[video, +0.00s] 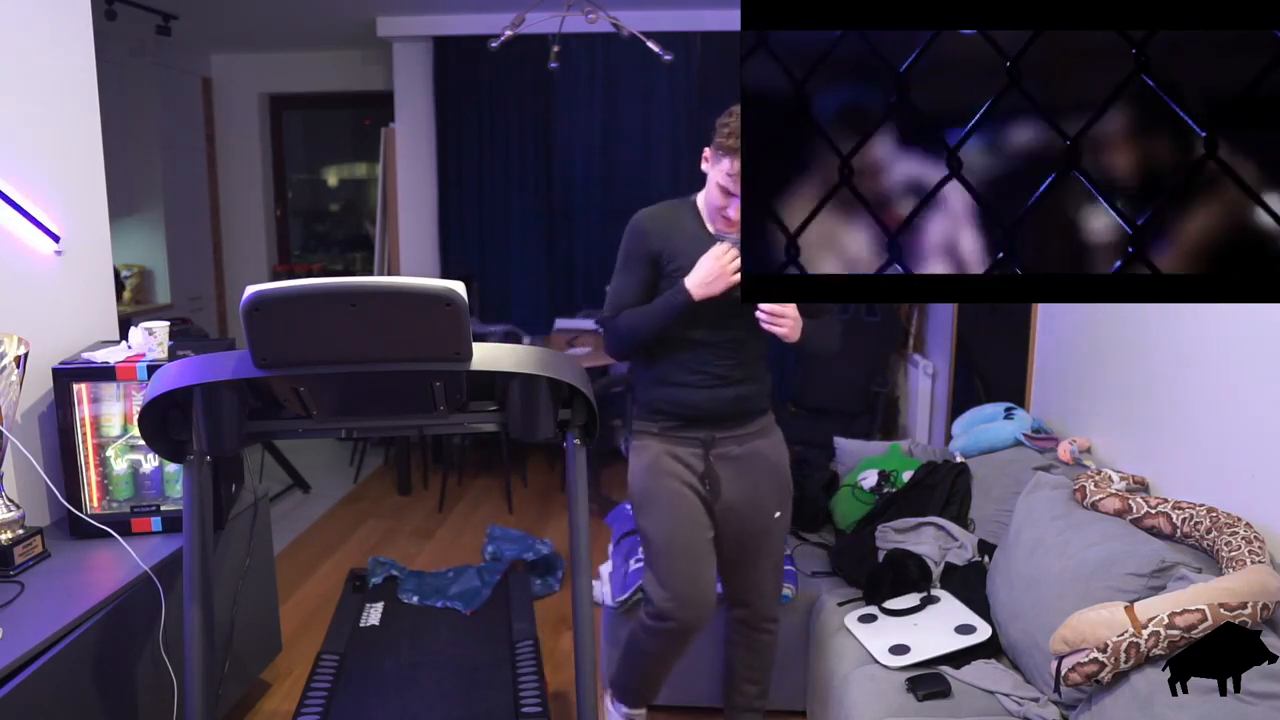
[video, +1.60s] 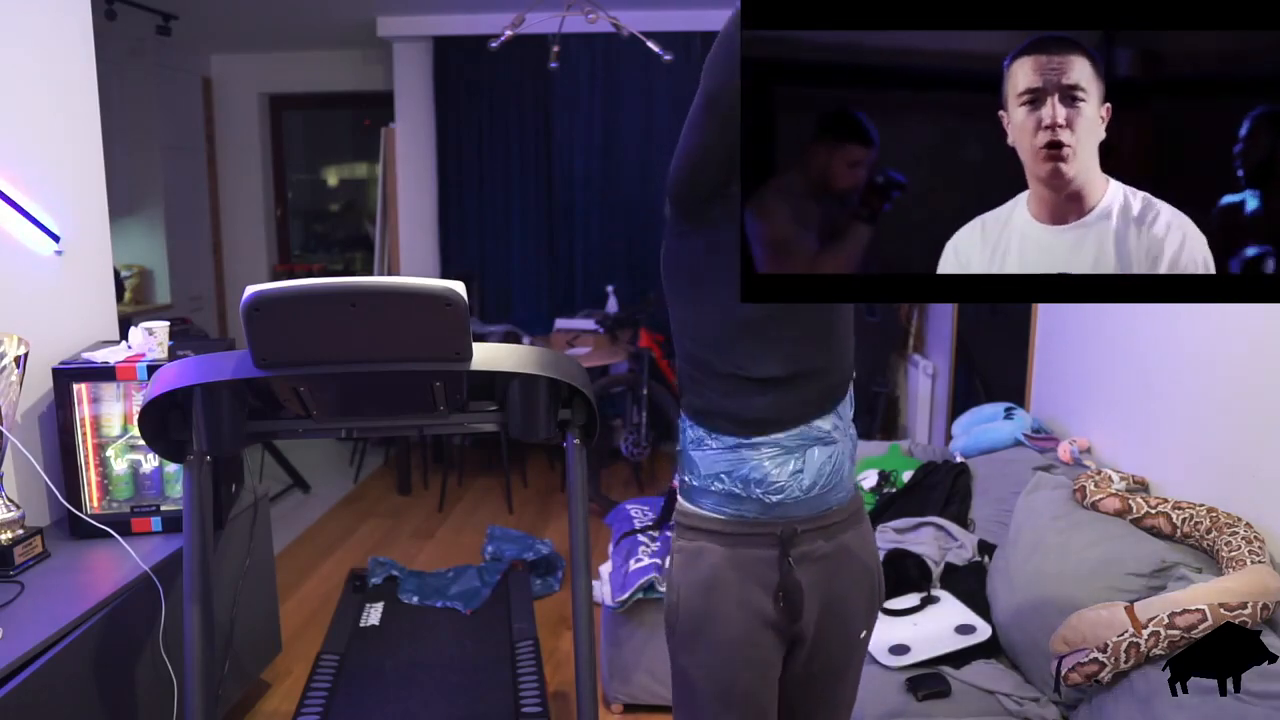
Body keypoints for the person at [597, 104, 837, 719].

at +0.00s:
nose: (735, 208)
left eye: (748, 196)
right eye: (727, 191)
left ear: (764, 180)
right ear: (706, 163)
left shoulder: (773, 235)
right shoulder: (652, 230)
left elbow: (823, 331)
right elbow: (616, 334)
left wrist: (800, 329)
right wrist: (689, 290)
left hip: (753, 443)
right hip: (665, 445)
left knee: (757, 610)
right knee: (685, 605)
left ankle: (747, 715)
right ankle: (625, 702)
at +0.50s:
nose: (736, 197)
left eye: (751, 182)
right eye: (725, 180)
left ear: (777, 180)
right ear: (706, 174)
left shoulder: (792, 230)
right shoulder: (667, 233)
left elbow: (865, 326)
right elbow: (654, 356)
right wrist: (720, 265)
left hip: (788, 477)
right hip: (693, 477)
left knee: (765, 669)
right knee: (701, 666)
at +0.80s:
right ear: (730, 141)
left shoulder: (794, 210)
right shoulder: (669, 212)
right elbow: (634, 270)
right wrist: (722, 161)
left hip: (794, 480)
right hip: (691, 490)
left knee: (805, 680)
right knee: (701, 689)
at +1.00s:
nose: (774, 133)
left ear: (810, 132)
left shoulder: (820, 210)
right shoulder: (681, 212)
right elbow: (617, 164)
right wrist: (728, 114)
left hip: (803, 504)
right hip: (693, 508)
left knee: (792, 704)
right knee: (697, 702)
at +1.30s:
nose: (759, 152)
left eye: (780, 138)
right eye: (751, 139)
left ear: (820, 163)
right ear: (734, 152)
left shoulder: (845, 246)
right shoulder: (702, 223)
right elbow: (691, 89)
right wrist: (789, 93)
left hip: (828, 532)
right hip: (707, 532)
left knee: (814, 711)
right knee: (716, 709)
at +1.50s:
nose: (833, 179)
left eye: (839, 166)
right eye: (817, 162)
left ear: (846, 169)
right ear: (771, 155)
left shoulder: (843, 230)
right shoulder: (703, 215)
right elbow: (727, 68)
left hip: (836, 533)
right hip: (717, 534)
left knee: (820, 714)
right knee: (733, 712)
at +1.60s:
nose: (864, 183)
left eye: (869, 169)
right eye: (854, 165)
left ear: (867, 169)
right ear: (809, 155)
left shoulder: (842, 233)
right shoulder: (701, 215)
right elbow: (735, 50)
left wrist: (866, 222)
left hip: (838, 544)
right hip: (721, 551)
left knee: (823, 714)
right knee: (730, 712)